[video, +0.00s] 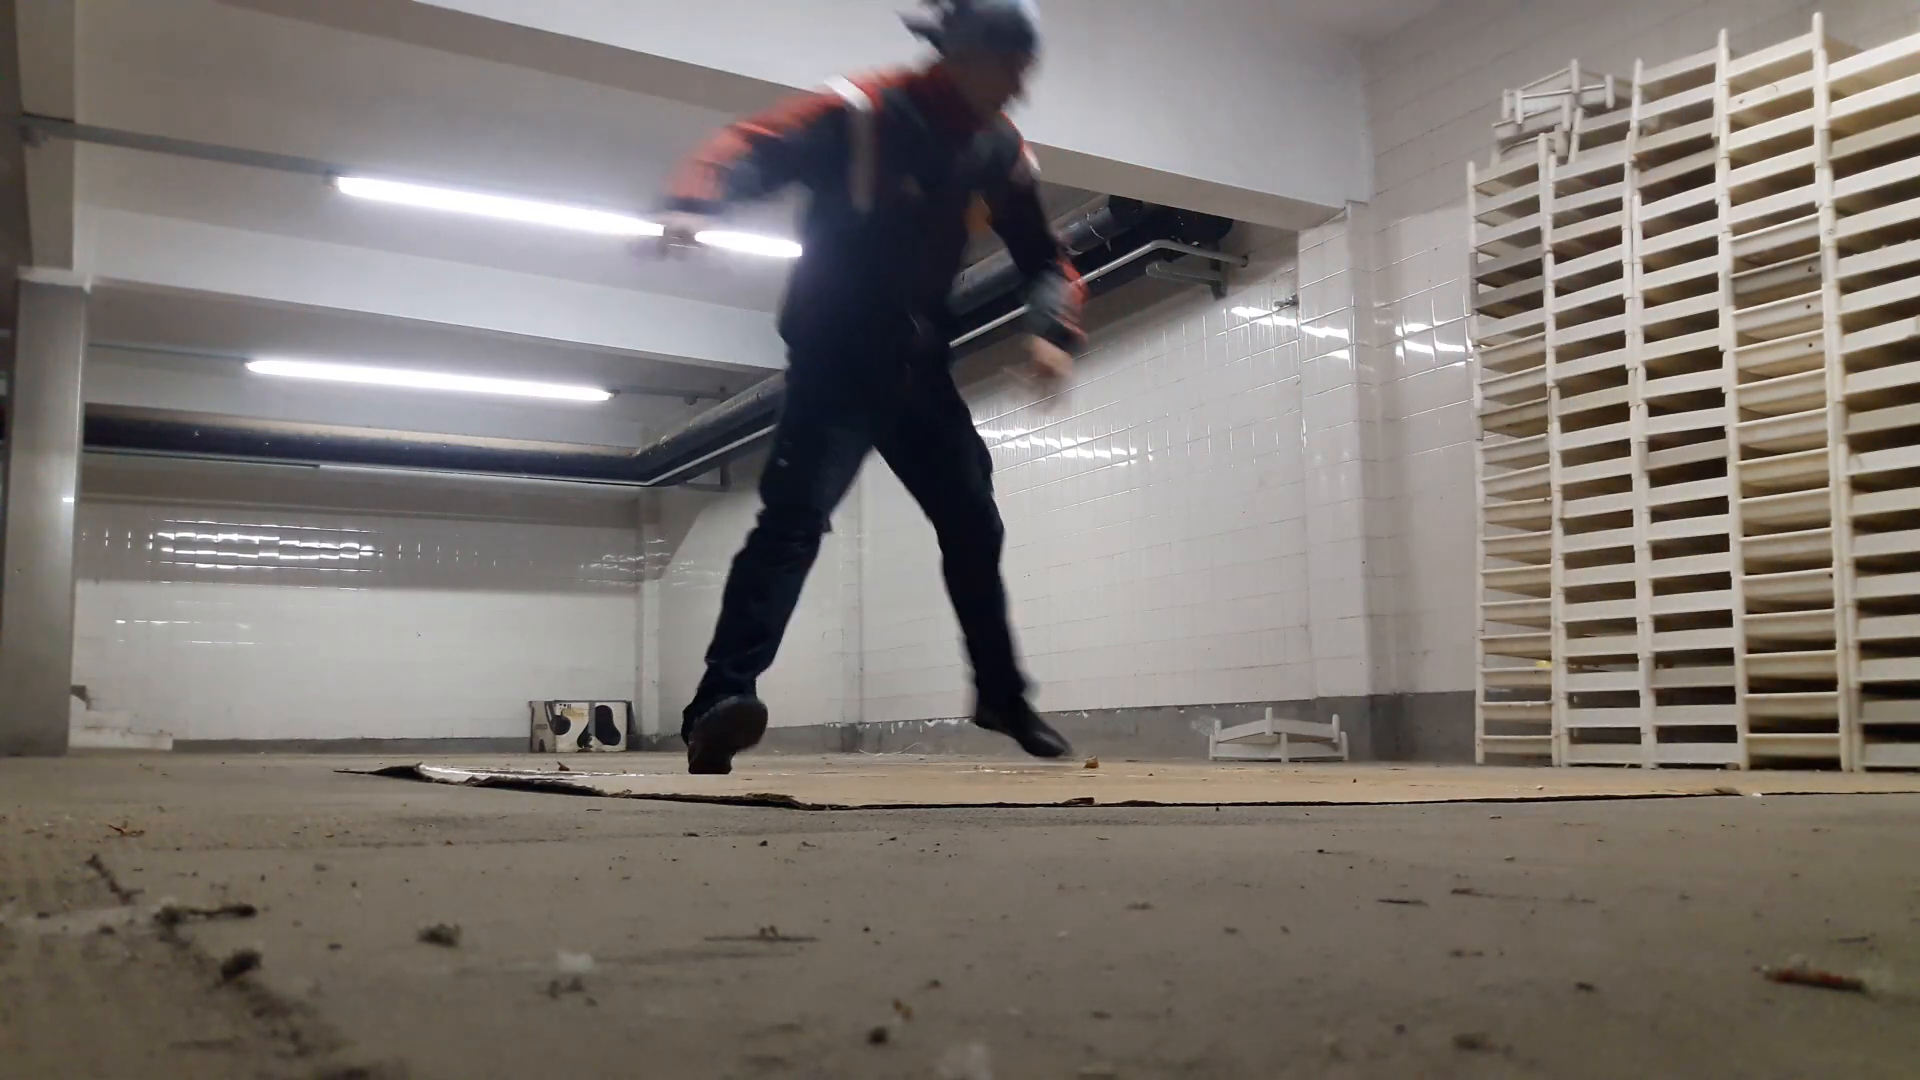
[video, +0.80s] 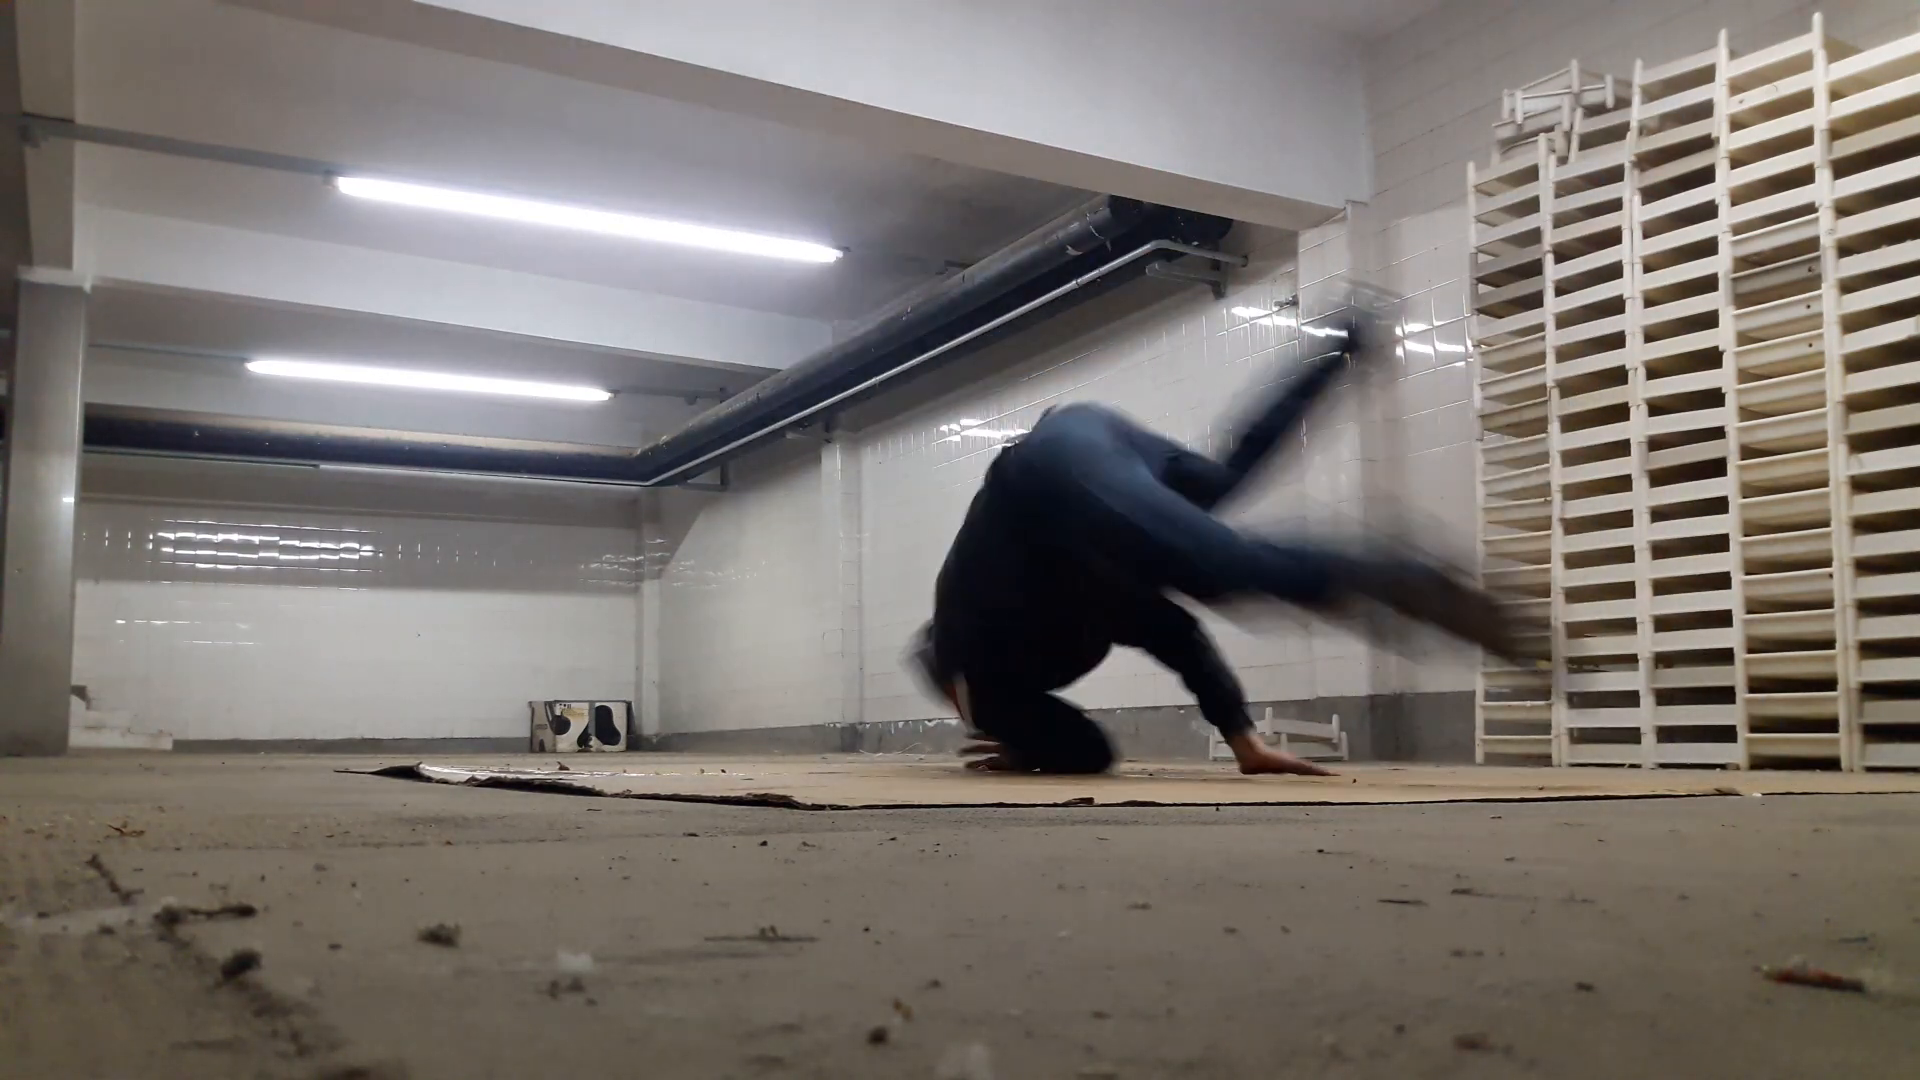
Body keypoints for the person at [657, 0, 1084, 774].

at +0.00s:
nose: (1014, 86)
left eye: (1022, 72)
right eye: (1005, 67)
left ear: (1016, 70)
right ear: (960, 52)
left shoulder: (1001, 153)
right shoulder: (865, 110)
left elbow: (1047, 263)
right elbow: (752, 145)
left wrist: (1053, 334)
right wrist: (691, 203)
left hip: (918, 366)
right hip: (835, 356)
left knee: (971, 521)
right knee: (792, 522)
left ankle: (1000, 697)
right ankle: (719, 703)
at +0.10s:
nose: (1071, 178)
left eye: (1077, 161)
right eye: (1059, 159)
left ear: (1074, 158)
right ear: (1016, 142)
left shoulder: (1047, 226)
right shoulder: (933, 179)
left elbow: (1091, 324)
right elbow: (866, 245)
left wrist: (1145, 415)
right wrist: (913, 305)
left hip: (940, 406)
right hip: (862, 390)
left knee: (1000, 545)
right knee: (816, 533)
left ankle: (1019, 726)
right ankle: (725, 720)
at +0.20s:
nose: (1140, 277)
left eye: (1146, 262)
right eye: (1136, 257)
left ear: (1097, 246)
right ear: (1090, 239)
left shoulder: (1077, 310)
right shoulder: (992, 266)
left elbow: (1116, 414)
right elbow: (1033, 385)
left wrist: (1188, 510)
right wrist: (1138, 481)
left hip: (947, 447)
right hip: (869, 425)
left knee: (1021, 574)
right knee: (856, 534)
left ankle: (1021, 733)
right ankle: (733, 725)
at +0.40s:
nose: (1206, 472)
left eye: (1213, 460)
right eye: (1214, 457)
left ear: (1178, 400)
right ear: (1205, 428)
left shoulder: (1099, 420)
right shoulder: (1165, 434)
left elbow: (1009, 502)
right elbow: (1207, 583)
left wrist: (980, 637)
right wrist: (1255, 723)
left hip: (934, 374)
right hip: (922, 361)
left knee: (946, 545)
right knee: (896, 564)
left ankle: (741, 676)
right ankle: (694, 699)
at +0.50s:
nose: (1151, 565)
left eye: (1152, 563)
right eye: (1161, 559)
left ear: (1134, 537)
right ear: (1175, 526)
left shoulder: (1067, 493)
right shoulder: (1190, 485)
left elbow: (960, 584)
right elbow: (1217, 602)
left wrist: (991, 714)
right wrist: (1251, 748)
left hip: (971, 357)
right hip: (1043, 367)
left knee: (851, 529)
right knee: (971, 561)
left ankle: (690, 447)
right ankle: (805, 622)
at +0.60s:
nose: (1108, 627)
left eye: (1099, 625)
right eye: (1111, 622)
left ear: (1067, 587)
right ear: (1119, 588)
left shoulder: (1022, 554)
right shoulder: (1149, 539)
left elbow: (987, 655)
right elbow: (1225, 612)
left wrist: (1039, 756)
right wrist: (1252, 751)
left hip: (1023, 400)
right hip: (1110, 413)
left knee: (839, 447)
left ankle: (718, 251)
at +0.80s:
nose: (969, 718)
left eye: (958, 705)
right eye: (962, 707)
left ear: (952, 681)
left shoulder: (988, 682)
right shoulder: (1082, 599)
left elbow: (1087, 757)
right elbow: (1181, 637)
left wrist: (1020, 760)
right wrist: (1245, 745)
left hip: (1054, 474)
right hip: (1081, 429)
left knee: (1230, 564)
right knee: (1215, 483)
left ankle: (1408, 582)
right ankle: (1343, 345)